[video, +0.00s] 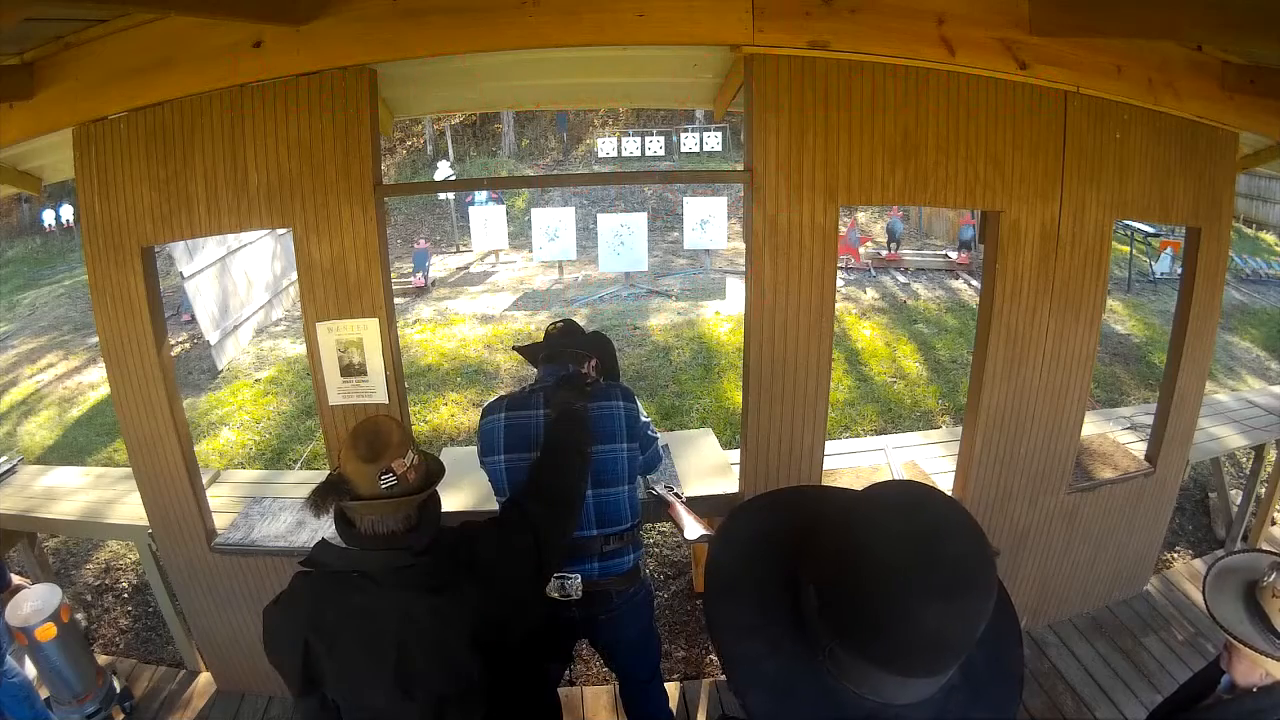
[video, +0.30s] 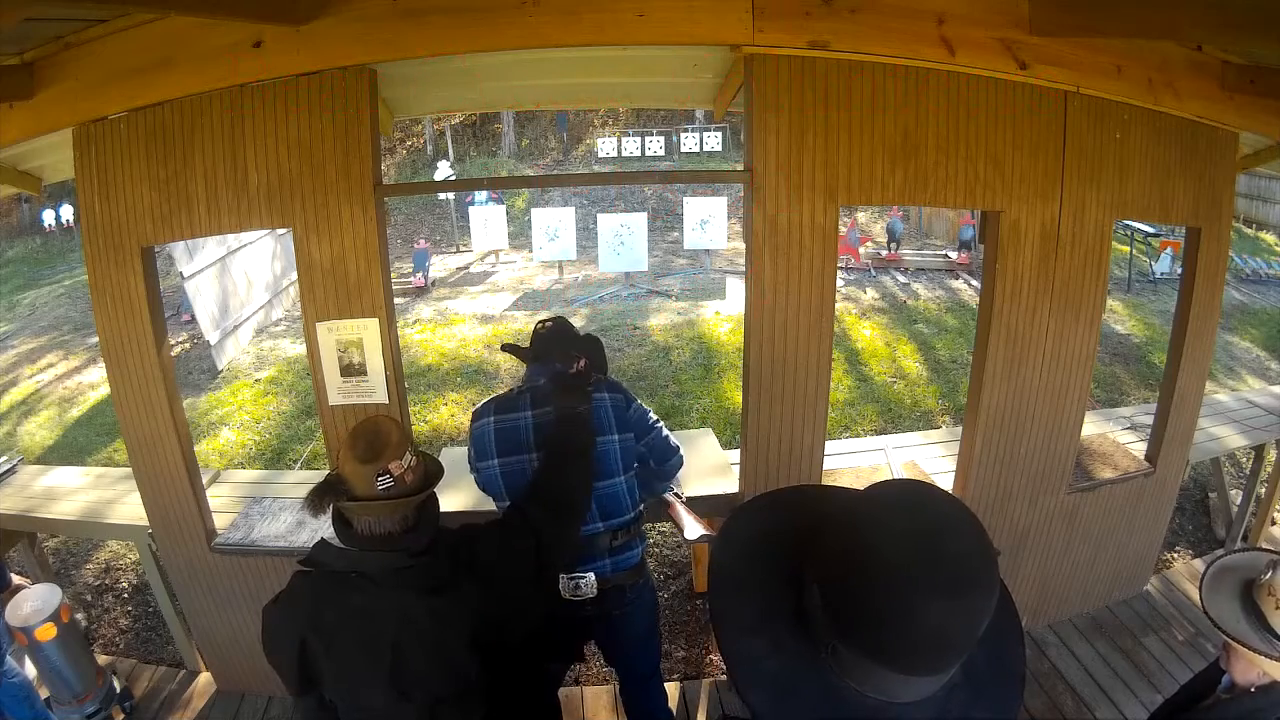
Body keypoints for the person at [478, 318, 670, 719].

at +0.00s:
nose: (598, 372)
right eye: (597, 364)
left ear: (539, 363)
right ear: (589, 364)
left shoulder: (494, 415)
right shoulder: (621, 403)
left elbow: (503, 491)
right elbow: (655, 464)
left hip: (535, 592)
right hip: (617, 590)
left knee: (535, 692)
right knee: (644, 688)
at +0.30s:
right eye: (580, 357)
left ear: (529, 361)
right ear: (579, 358)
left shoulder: (488, 418)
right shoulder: (613, 397)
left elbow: (488, 484)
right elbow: (668, 458)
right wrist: (634, 493)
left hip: (539, 591)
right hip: (623, 585)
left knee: (538, 693)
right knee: (645, 691)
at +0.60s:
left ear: (508, 356)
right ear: (567, 348)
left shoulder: (476, 424)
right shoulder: (606, 387)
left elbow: (465, 500)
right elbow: (681, 403)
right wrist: (621, 391)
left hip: (535, 590)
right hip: (621, 581)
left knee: (537, 701)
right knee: (644, 691)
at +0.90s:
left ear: (519, 347)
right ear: (580, 345)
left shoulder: (488, 406)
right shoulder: (610, 397)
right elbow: (628, 486)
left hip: (532, 592)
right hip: (611, 587)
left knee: (532, 694)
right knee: (639, 688)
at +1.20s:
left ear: (517, 341)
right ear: (579, 343)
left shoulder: (489, 395)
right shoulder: (602, 391)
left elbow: (512, 374)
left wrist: (521, 347)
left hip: (520, 584)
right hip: (599, 580)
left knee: (530, 693)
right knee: (636, 690)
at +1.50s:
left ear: (515, 340)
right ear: (577, 342)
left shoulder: (488, 393)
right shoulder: (599, 388)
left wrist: (525, 346)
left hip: (519, 582)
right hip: (597, 578)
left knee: (530, 692)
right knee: (635, 689)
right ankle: (652, 716)